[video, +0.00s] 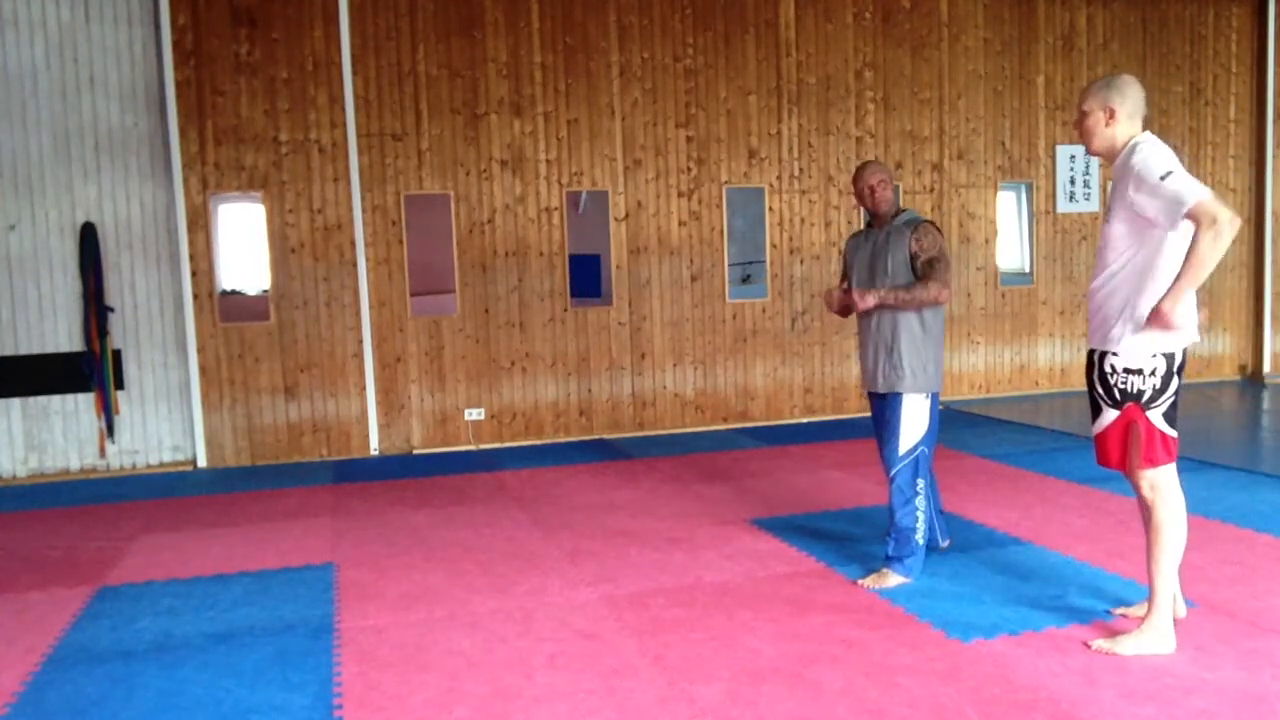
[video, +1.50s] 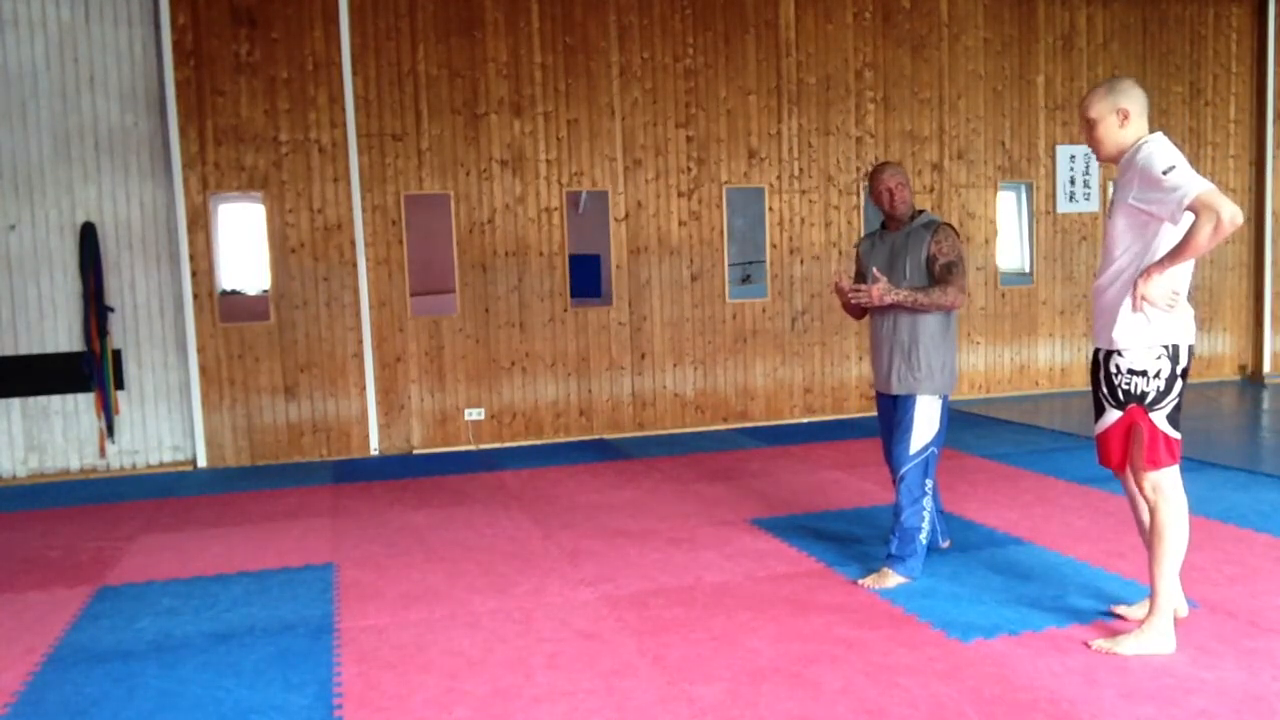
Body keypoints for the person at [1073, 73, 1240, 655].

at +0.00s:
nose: (1078, 127)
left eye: (1085, 116)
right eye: (1079, 117)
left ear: (1114, 116)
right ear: (1116, 115)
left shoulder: (1145, 159)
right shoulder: (1130, 164)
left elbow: (1220, 221)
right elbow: (1200, 221)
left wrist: (1174, 300)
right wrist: (1136, 303)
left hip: (1141, 343)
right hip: (1131, 341)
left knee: (1152, 477)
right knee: (1150, 474)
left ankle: (1159, 624)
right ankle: (1167, 594)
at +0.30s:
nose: (1077, 132)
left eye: (1082, 121)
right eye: (1077, 121)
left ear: (1107, 119)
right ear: (1118, 117)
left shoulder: (1147, 158)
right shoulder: (1137, 161)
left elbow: (1234, 212)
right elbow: (1234, 211)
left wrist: (1172, 267)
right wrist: (1150, 269)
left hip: (1140, 338)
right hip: (1142, 337)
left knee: (1152, 477)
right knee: (1149, 472)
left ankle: (1160, 625)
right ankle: (1167, 591)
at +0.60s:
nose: (1083, 134)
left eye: (1087, 122)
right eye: (1083, 123)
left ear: (1111, 119)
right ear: (1124, 117)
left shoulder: (1148, 157)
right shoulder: (1143, 160)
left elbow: (1230, 216)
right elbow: (1232, 219)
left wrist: (1167, 268)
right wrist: (1159, 268)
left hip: (1139, 338)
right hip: (1147, 337)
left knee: (1151, 478)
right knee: (1152, 473)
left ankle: (1160, 624)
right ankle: (1167, 592)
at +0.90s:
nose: (1085, 131)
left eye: (1089, 119)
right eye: (1085, 119)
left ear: (1114, 117)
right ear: (1126, 116)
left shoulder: (1147, 156)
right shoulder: (1145, 158)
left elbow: (1226, 216)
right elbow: (1228, 219)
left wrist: (1162, 269)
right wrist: (1157, 269)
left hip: (1140, 339)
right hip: (1147, 338)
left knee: (1151, 478)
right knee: (1153, 473)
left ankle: (1160, 625)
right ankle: (1167, 594)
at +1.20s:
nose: (1085, 130)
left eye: (1090, 118)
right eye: (1086, 119)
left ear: (1114, 117)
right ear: (1127, 116)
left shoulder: (1146, 156)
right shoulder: (1148, 158)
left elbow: (1223, 214)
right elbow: (1228, 219)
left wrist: (1161, 269)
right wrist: (1161, 268)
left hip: (1141, 339)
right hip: (1147, 338)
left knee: (1152, 478)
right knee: (1153, 473)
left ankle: (1160, 625)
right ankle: (1167, 593)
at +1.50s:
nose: (1086, 135)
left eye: (1092, 122)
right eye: (1084, 123)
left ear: (1124, 118)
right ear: (1125, 118)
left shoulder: (1149, 154)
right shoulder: (1149, 159)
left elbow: (1215, 211)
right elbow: (1228, 215)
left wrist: (1159, 270)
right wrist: (1162, 267)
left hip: (1142, 341)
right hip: (1138, 340)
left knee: (1153, 478)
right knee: (1140, 473)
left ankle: (1160, 624)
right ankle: (1168, 594)